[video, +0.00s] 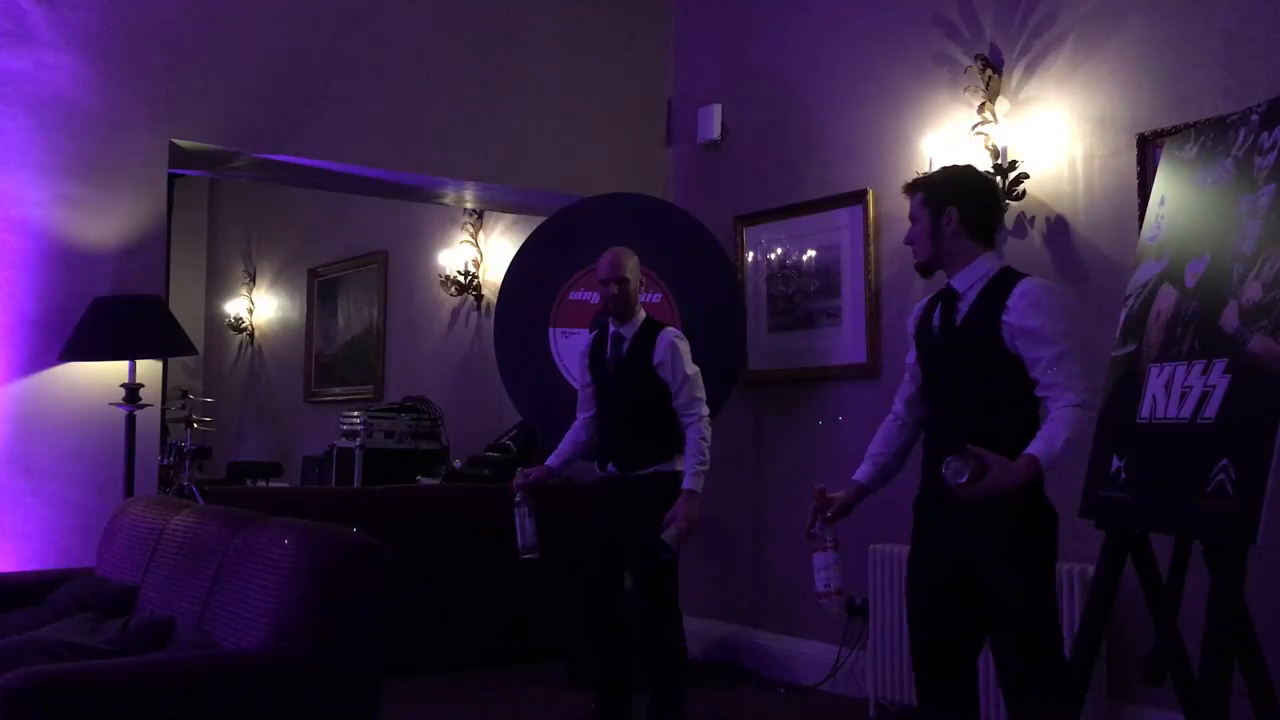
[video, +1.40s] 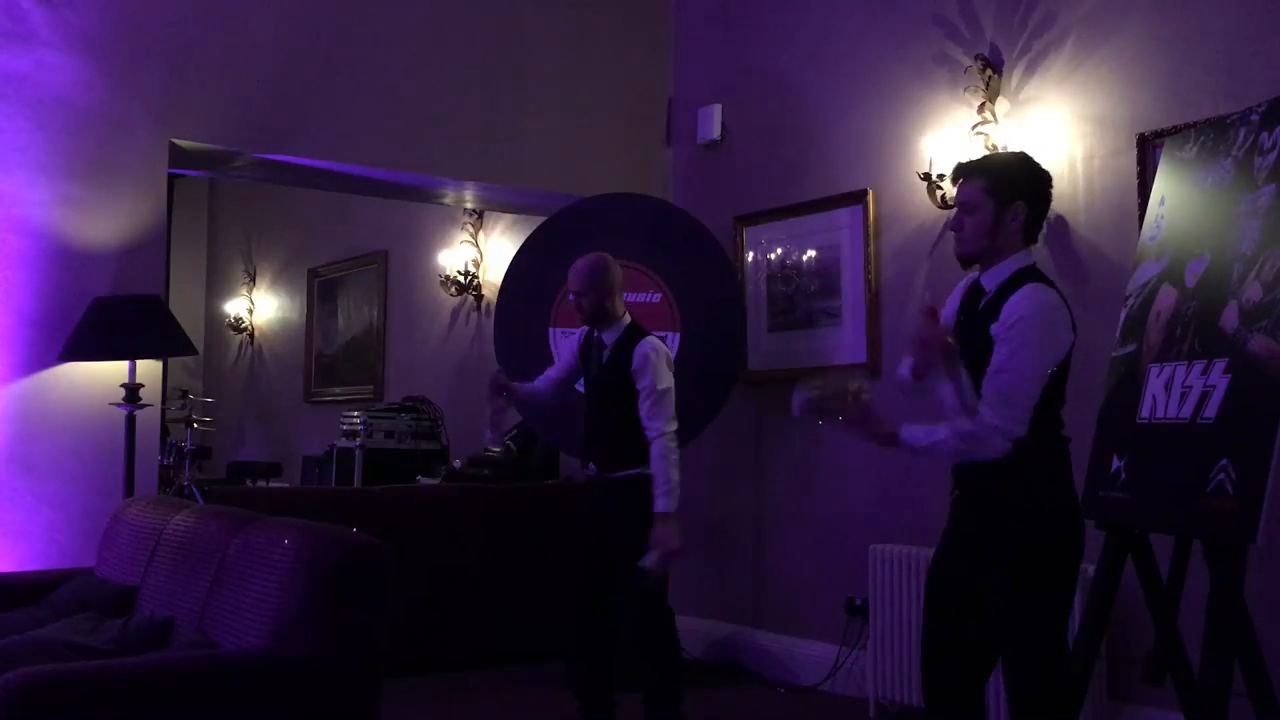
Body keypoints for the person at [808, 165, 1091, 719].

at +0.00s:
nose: (906, 237)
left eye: (914, 221)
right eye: (908, 223)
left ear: (951, 224)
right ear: (952, 226)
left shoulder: (1027, 299)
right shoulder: (926, 317)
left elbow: (1070, 400)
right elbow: (905, 416)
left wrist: (1024, 468)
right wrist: (855, 489)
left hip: (1011, 518)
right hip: (939, 519)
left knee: (1031, 682)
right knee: (940, 683)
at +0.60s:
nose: (928, 240)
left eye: (938, 225)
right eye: (927, 227)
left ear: (982, 221)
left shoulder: (1048, 294)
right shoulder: (946, 313)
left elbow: (1093, 403)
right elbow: (904, 404)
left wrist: (1035, 470)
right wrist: (828, 463)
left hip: (1035, 517)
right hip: (962, 515)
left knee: (1043, 686)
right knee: (955, 685)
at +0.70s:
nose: (940, 236)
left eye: (950, 219)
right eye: (941, 221)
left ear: (995, 218)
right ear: (989, 220)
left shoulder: (1055, 297)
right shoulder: (958, 307)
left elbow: (1097, 410)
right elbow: (904, 377)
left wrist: (1028, 486)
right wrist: (822, 395)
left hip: (1035, 526)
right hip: (963, 522)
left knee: (1042, 691)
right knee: (954, 689)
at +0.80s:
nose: (949, 223)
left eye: (962, 209)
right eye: (952, 209)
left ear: (1006, 216)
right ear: (994, 219)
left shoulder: (1056, 298)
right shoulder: (968, 302)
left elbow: (1093, 414)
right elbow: (898, 347)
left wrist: (1020, 500)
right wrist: (823, 315)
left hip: (1033, 535)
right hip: (965, 531)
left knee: (1039, 695)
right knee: (954, 693)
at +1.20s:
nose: (960, 214)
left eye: (975, 202)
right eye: (964, 201)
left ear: (1019, 217)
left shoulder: (1043, 308)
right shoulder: (979, 293)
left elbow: (1012, 437)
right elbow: (886, 329)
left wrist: (932, 515)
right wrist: (830, 277)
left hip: (1028, 516)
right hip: (974, 510)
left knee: (1035, 687)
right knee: (950, 681)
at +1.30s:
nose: (958, 219)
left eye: (973, 207)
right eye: (960, 205)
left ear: (1019, 218)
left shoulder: (1038, 308)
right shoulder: (976, 295)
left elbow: (991, 436)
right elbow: (885, 358)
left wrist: (895, 486)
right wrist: (868, 314)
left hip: (1030, 510)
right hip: (979, 504)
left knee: (1031, 675)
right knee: (949, 667)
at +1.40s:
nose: (954, 221)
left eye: (969, 208)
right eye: (956, 207)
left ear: (1014, 219)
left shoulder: (1034, 305)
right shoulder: (970, 292)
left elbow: (997, 432)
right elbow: (915, 385)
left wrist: (897, 433)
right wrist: (923, 357)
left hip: (1030, 507)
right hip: (978, 499)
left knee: (1034, 677)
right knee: (948, 667)